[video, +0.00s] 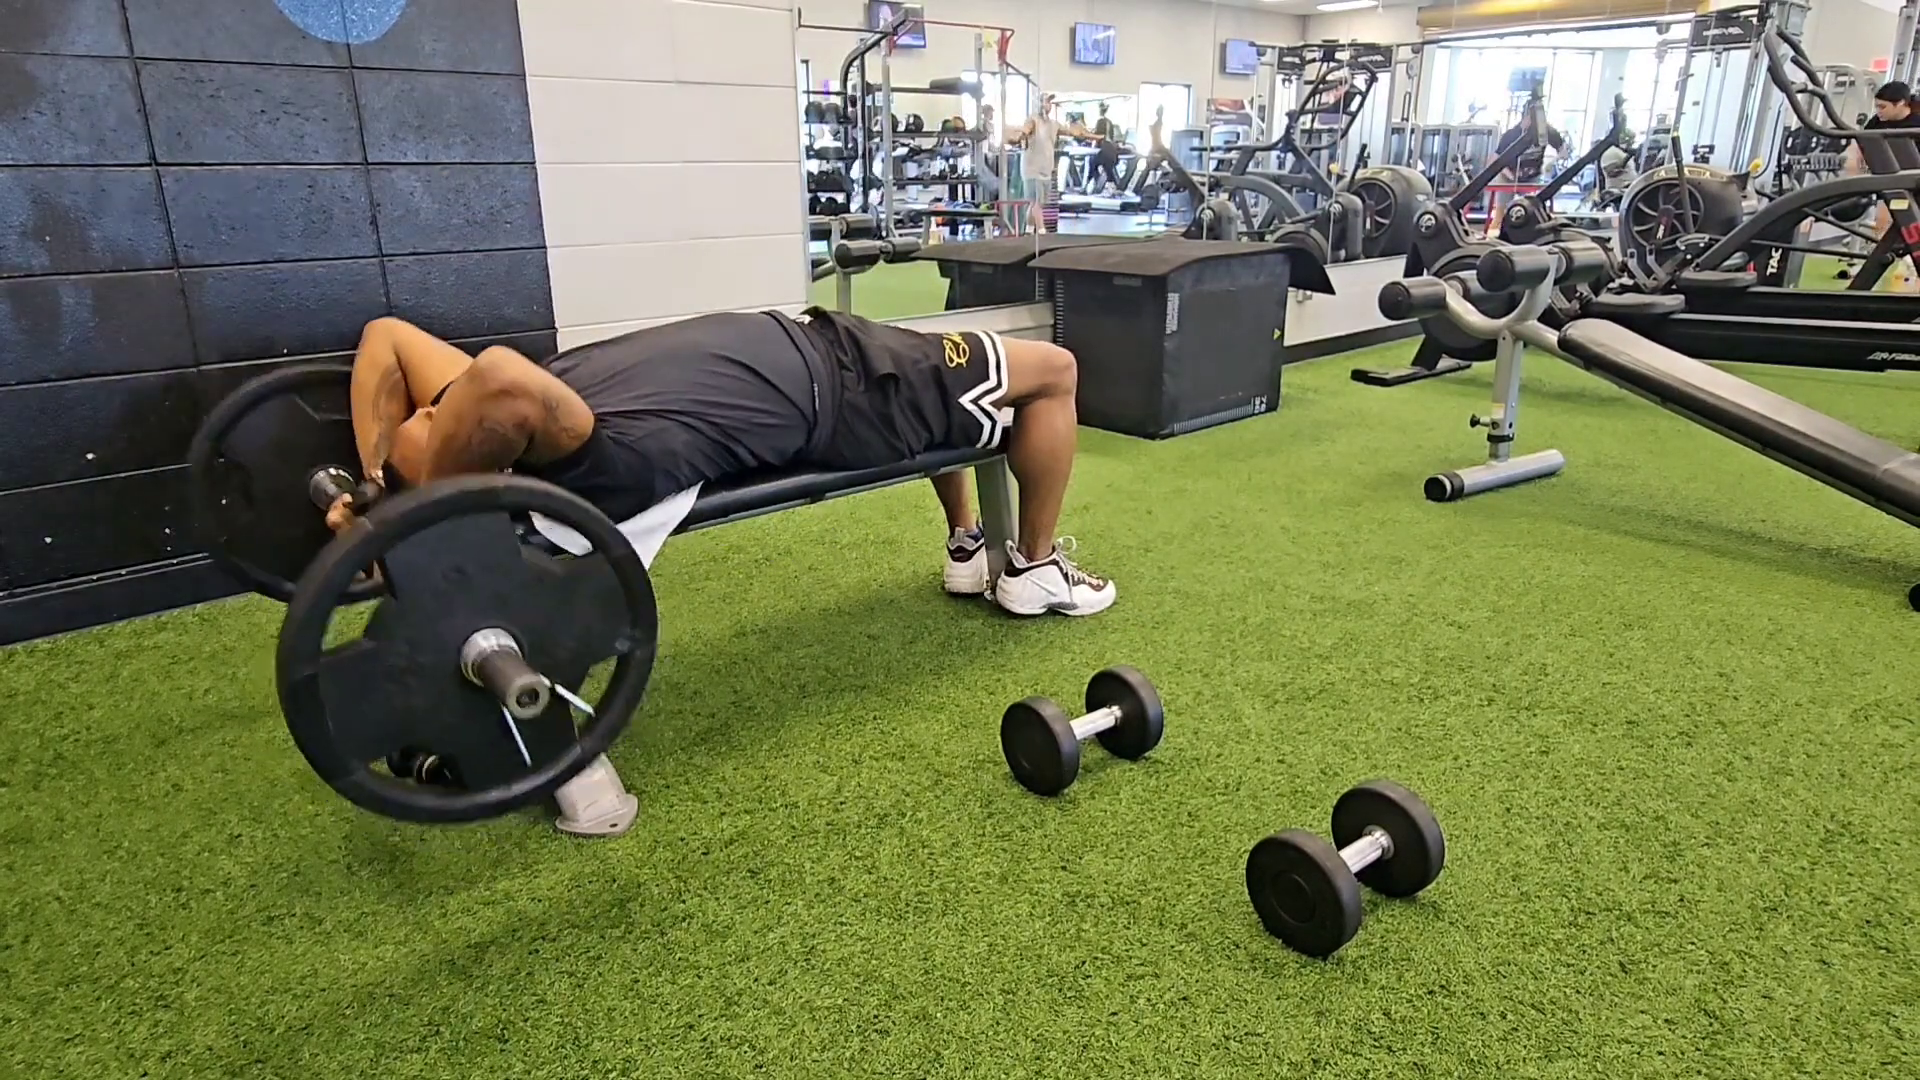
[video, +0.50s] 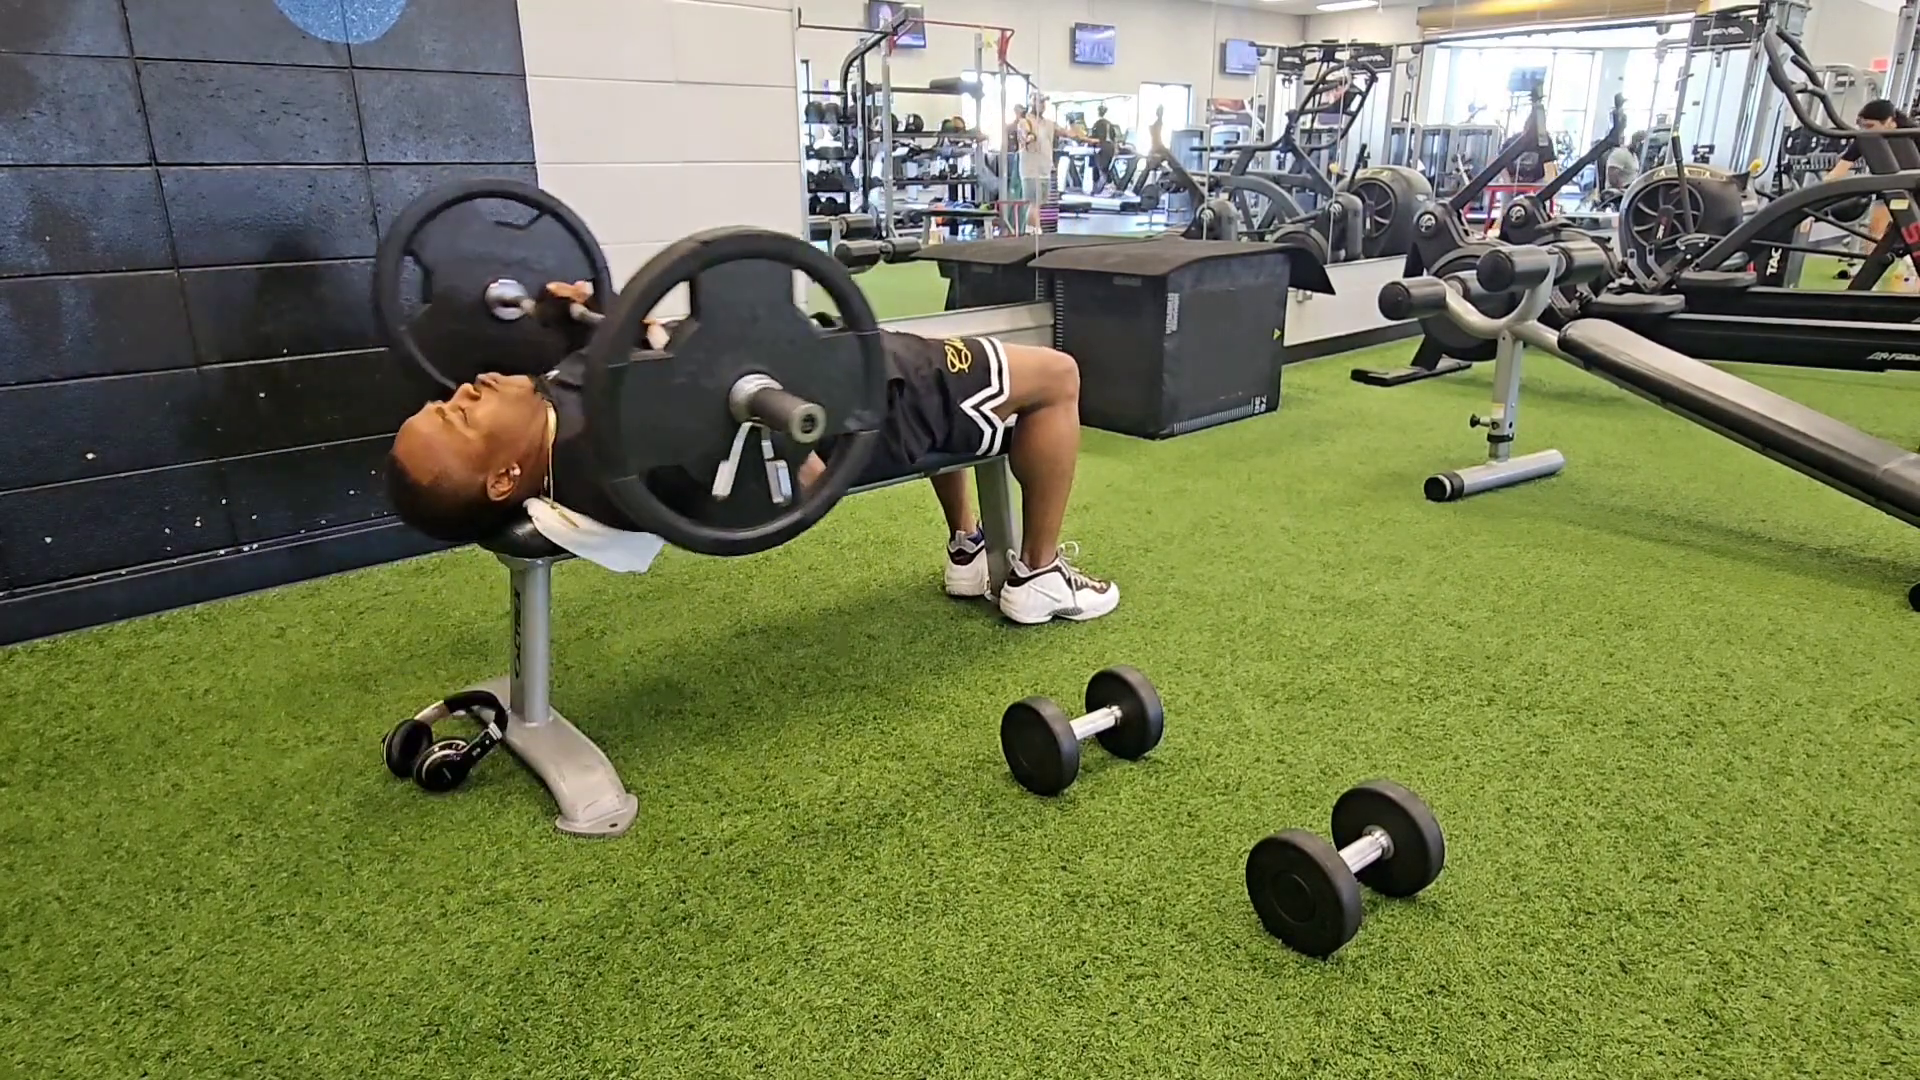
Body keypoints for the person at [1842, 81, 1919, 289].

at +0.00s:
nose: (1877, 112)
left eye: (1882, 107)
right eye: (1877, 107)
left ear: (1901, 104)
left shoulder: (1916, 124)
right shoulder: (1876, 123)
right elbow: (1856, 148)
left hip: (1914, 187)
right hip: (1888, 185)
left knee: (1911, 229)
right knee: (1883, 228)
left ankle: (1908, 270)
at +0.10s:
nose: (1872, 117)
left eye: (1876, 111)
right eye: (1871, 112)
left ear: (1896, 109)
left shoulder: (1914, 128)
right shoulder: (1871, 129)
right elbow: (1848, 156)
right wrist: (1831, 178)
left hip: (1914, 190)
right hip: (1888, 191)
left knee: (1911, 236)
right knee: (1878, 230)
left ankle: (1909, 272)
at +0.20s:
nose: (1867, 124)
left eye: (1871, 118)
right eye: (1865, 119)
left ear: (1890, 116)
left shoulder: (1912, 131)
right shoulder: (1868, 132)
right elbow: (1846, 158)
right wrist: (1826, 183)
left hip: (1913, 189)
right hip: (1886, 188)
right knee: (1878, 225)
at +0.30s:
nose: (1864, 129)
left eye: (1869, 125)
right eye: (1862, 125)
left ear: (1888, 122)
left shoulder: (1907, 139)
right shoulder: (1864, 137)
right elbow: (1840, 168)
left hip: (1912, 191)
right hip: (1885, 190)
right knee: (1877, 228)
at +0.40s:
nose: (1865, 131)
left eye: (1869, 127)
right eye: (1863, 127)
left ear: (1887, 124)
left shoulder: (1908, 136)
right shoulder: (1865, 138)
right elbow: (1841, 167)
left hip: (1913, 191)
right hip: (1885, 191)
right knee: (1876, 231)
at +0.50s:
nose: (1865, 132)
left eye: (1870, 127)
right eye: (1862, 127)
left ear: (1890, 123)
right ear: (1859, 124)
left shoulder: (1909, 139)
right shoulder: (1865, 140)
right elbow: (1836, 174)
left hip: (1914, 196)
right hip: (1885, 194)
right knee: (1875, 235)